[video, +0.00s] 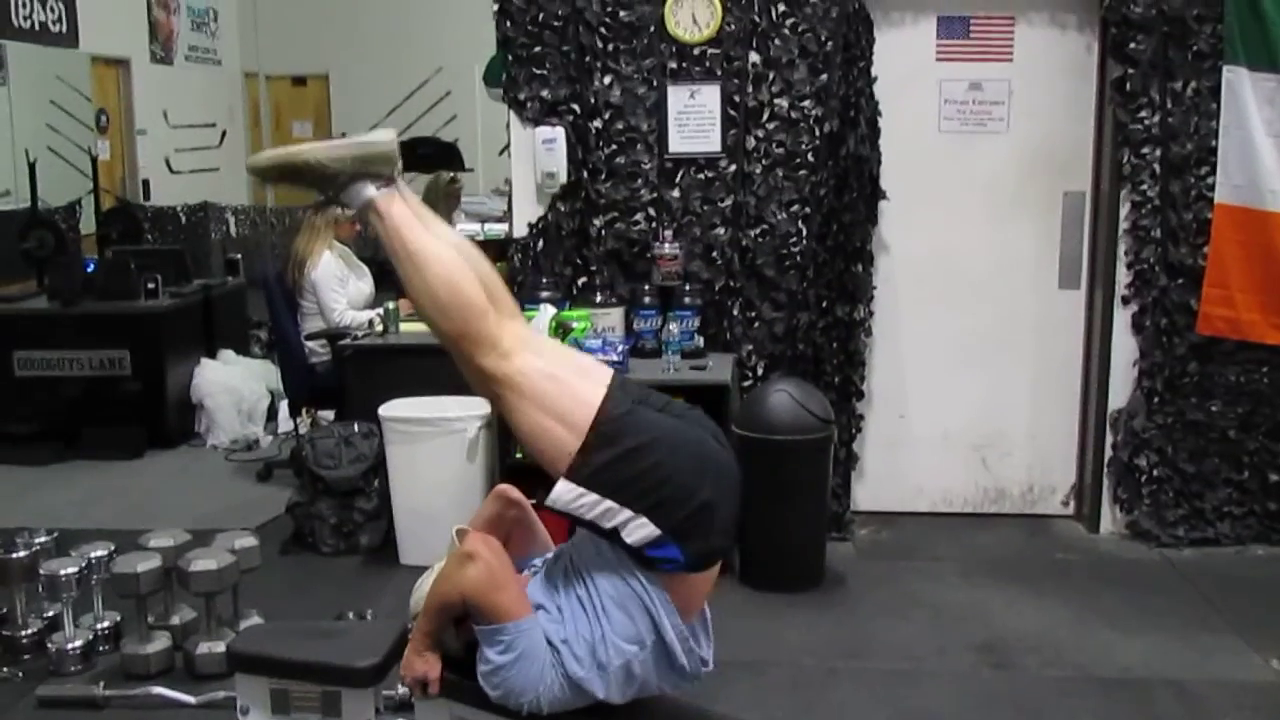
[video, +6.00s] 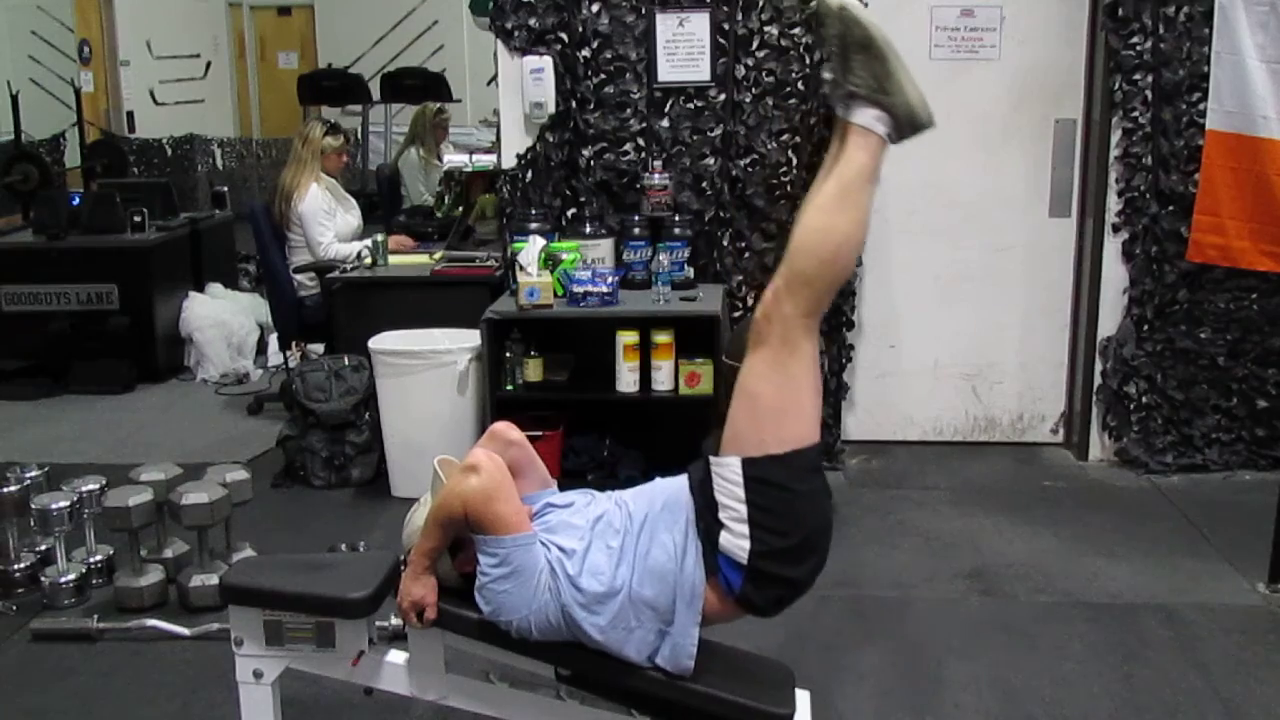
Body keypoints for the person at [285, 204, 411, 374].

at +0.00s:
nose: (359, 228)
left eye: (358, 222)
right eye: (352, 222)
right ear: (334, 223)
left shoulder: (337, 253)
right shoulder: (324, 260)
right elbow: (338, 319)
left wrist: (388, 311)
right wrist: (388, 313)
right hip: (331, 358)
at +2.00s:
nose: (352, 225)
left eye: (353, 219)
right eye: (347, 219)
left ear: (331, 219)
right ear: (328, 218)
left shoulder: (328, 250)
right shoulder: (317, 256)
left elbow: (340, 307)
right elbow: (332, 315)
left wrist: (386, 307)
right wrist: (385, 308)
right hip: (324, 357)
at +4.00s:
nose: (344, 160)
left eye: (345, 153)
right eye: (338, 154)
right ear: (318, 154)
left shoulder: (323, 186)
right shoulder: (310, 192)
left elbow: (335, 243)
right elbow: (325, 251)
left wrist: (379, 243)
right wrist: (378, 245)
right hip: (318, 292)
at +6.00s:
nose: (345, 159)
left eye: (345, 153)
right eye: (339, 154)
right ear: (319, 155)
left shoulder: (323, 186)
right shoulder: (312, 192)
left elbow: (334, 244)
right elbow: (324, 251)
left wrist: (381, 242)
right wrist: (382, 245)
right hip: (319, 293)